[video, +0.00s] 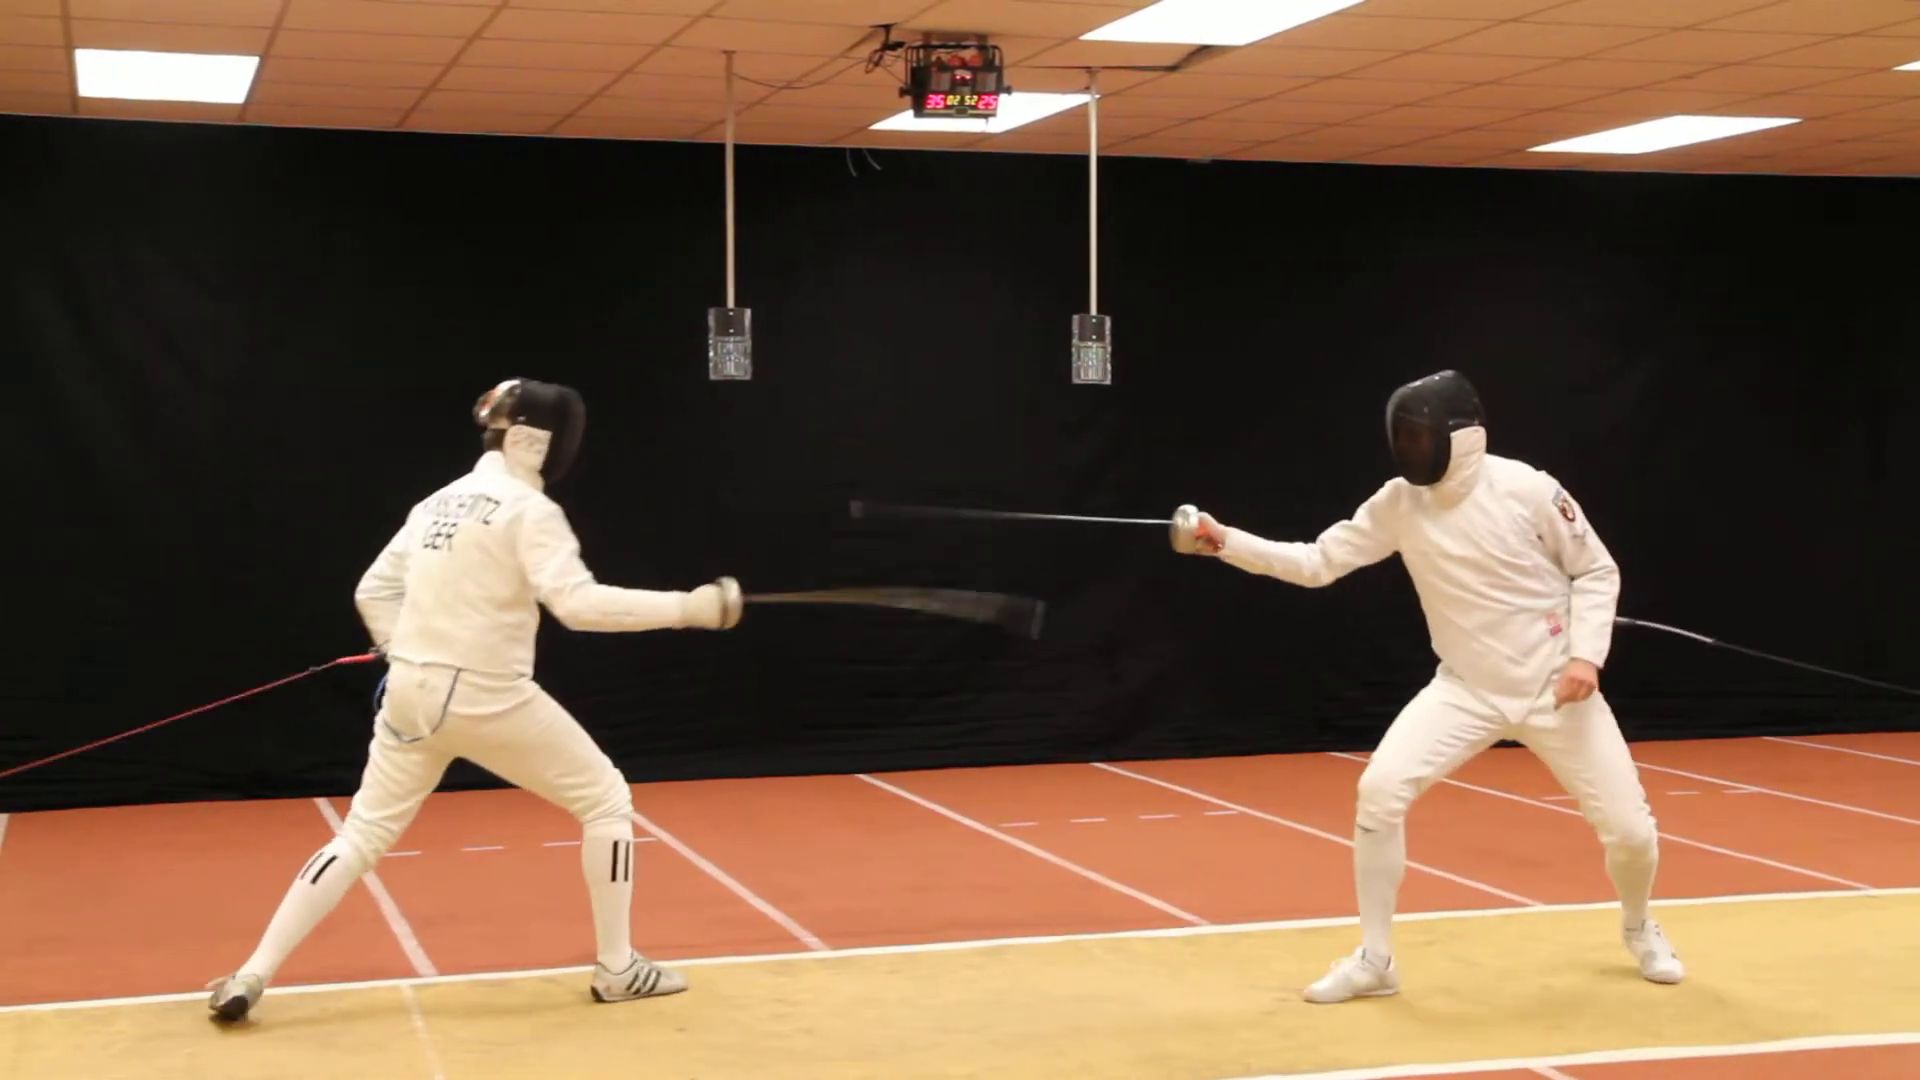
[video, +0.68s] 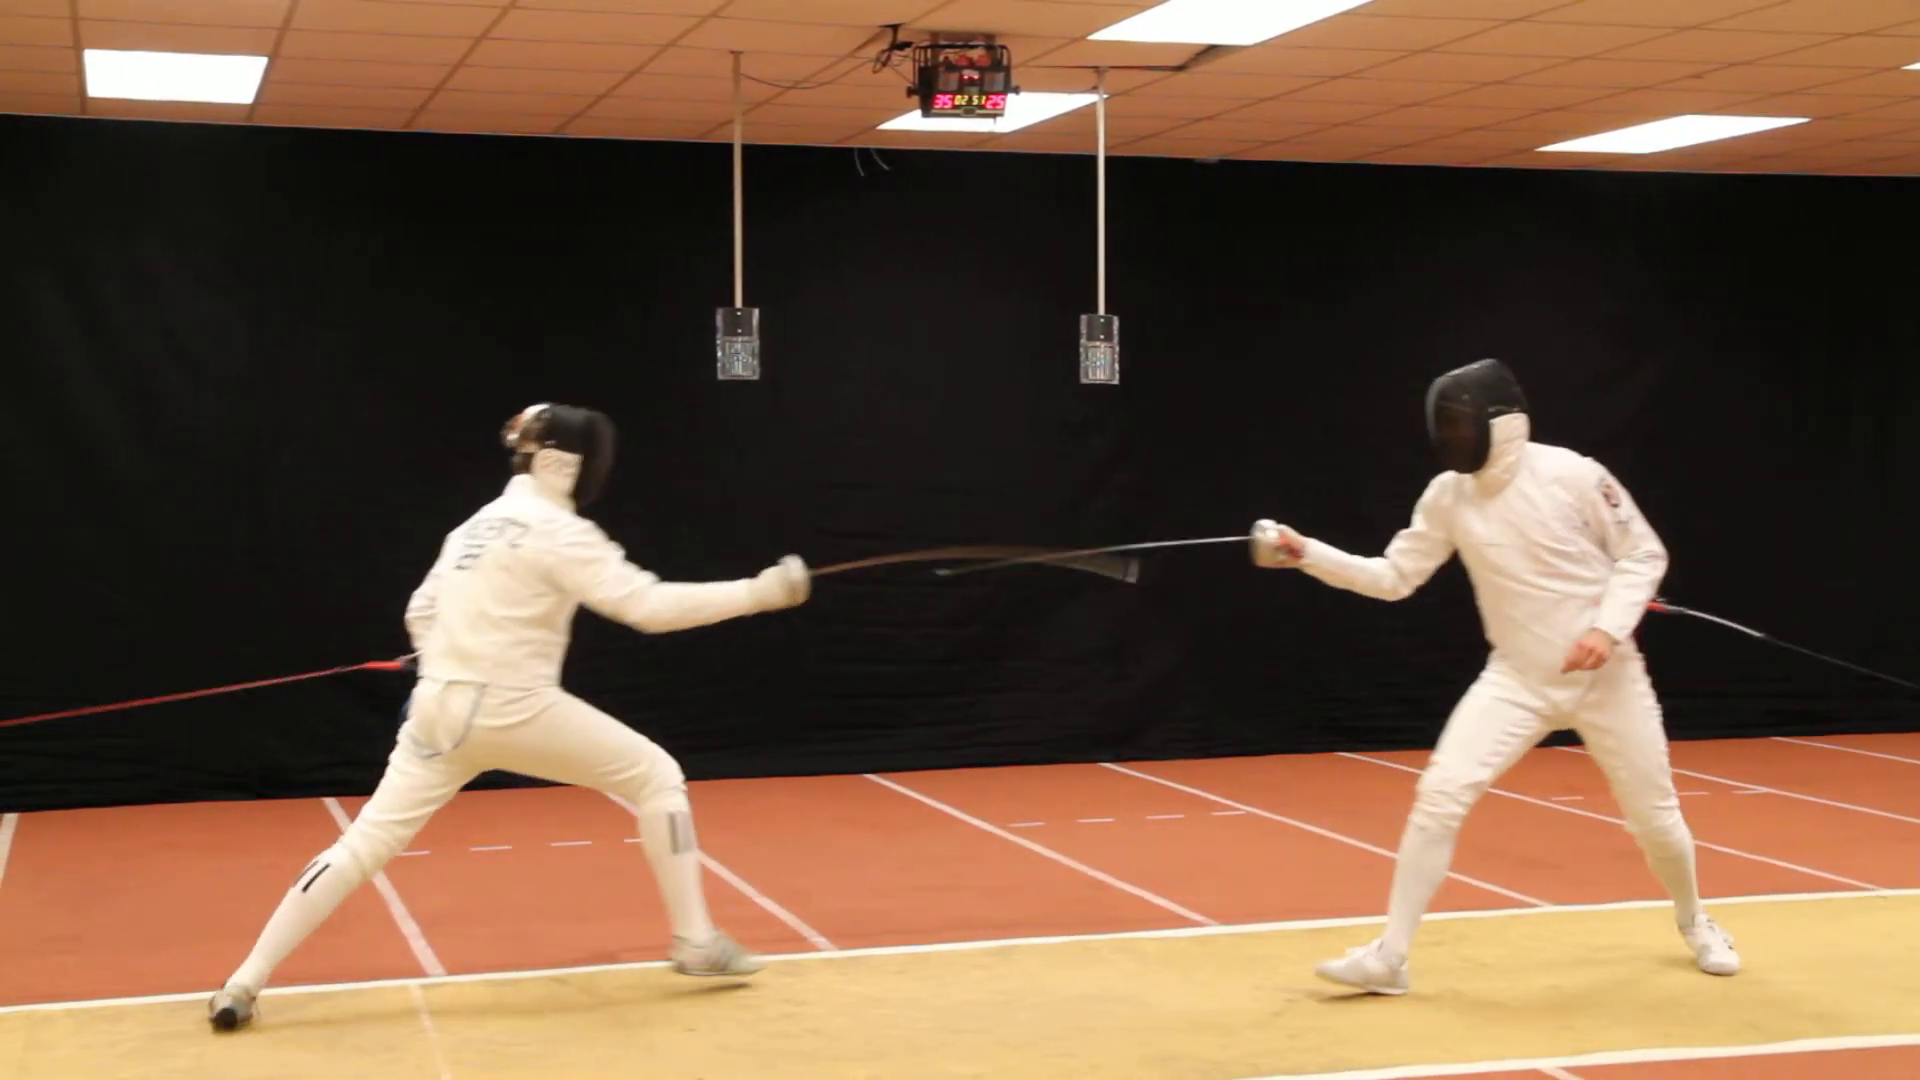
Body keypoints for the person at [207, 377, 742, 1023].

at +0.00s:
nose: (557, 449)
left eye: (551, 435)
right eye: (554, 436)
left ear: (504, 435)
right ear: (536, 442)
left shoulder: (439, 502)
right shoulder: (531, 511)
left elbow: (376, 591)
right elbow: (577, 601)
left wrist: (414, 662)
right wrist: (691, 605)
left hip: (408, 691)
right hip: (491, 697)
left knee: (361, 835)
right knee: (605, 801)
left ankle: (250, 977)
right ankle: (619, 967)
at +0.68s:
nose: (560, 468)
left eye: (555, 453)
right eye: (563, 457)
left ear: (533, 458)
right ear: (564, 465)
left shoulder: (477, 524)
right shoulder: (560, 531)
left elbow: (421, 611)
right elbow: (650, 606)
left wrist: (452, 679)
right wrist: (762, 592)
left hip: (435, 708)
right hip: (516, 707)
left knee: (361, 848)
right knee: (653, 777)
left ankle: (242, 984)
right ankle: (696, 939)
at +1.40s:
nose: (682, 463)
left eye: (678, 450)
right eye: (677, 451)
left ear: (613, 451)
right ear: (658, 457)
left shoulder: (566, 519)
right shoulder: (662, 527)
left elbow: (567, 616)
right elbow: (736, 611)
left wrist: (537, 656)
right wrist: (838, 584)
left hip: (539, 703)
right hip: (621, 707)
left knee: (494, 842)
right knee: (743, 796)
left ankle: (406, 988)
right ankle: (775, 956)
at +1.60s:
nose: (698, 457)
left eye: (689, 441)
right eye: (697, 446)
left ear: (637, 441)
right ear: (686, 449)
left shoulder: (591, 508)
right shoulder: (686, 517)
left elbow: (590, 604)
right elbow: (764, 600)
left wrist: (554, 647)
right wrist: (873, 591)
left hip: (562, 693)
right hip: (648, 697)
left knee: (510, 832)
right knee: (757, 796)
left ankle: (411, 969)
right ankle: (770, 955)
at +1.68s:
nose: (712, 448)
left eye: (707, 433)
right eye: (709, 436)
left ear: (651, 432)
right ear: (692, 437)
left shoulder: (602, 499)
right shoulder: (698, 508)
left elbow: (599, 594)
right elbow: (773, 593)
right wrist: (881, 595)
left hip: (570, 681)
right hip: (655, 687)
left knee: (523, 822)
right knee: (757, 797)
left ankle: (421, 953)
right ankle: (769, 956)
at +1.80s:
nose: (715, 440)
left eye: (710, 426)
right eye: (711, 428)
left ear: (650, 428)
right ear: (695, 435)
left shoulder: (601, 491)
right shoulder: (695, 502)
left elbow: (595, 587)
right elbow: (766, 589)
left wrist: (566, 626)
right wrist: (872, 585)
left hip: (569, 678)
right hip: (652, 682)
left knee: (526, 816)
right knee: (752, 796)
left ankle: (429, 954)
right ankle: (765, 959)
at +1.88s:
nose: (697, 438)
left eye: (694, 425)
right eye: (691, 425)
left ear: (631, 425)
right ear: (672, 430)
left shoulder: (582, 492)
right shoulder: (678, 502)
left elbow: (545, 598)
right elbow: (745, 592)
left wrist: (573, 645)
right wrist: (849, 576)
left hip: (558, 680)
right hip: (641, 683)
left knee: (518, 825)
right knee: (742, 798)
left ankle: (423, 960)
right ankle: (759, 959)